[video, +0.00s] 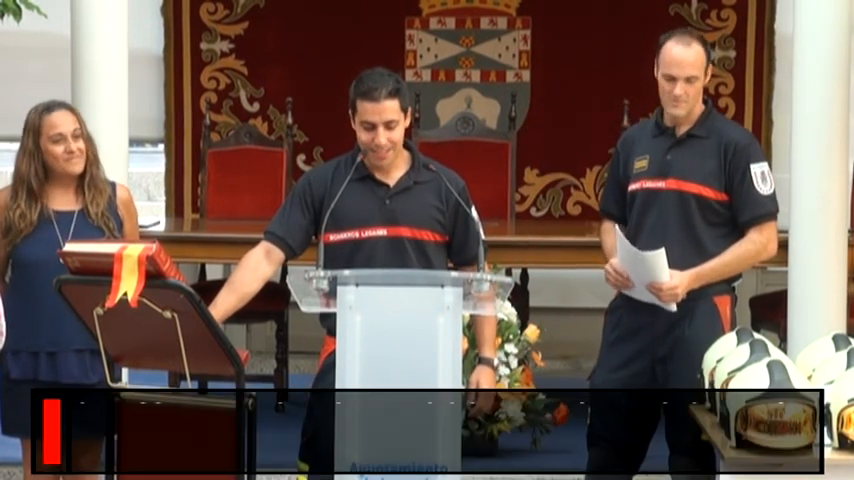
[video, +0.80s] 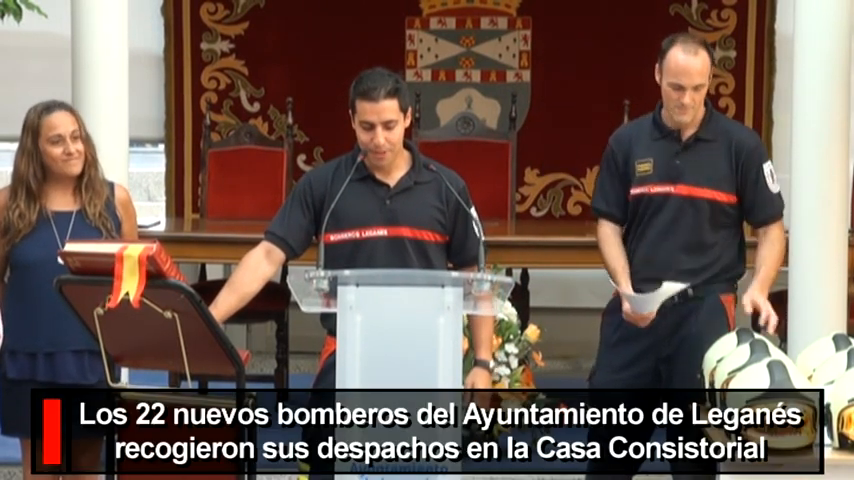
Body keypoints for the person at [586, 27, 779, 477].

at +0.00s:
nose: (679, 91)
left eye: (690, 80)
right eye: (670, 79)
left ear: (706, 79)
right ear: (656, 76)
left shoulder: (737, 145)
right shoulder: (632, 141)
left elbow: (764, 242)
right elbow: (611, 218)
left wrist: (691, 280)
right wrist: (615, 259)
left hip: (699, 335)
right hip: (630, 330)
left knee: (693, 467)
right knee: (607, 465)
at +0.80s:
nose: (687, 99)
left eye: (696, 88)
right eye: (677, 87)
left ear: (709, 83)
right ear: (659, 80)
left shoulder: (741, 145)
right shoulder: (627, 142)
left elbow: (772, 229)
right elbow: (608, 223)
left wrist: (758, 287)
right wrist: (625, 287)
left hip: (706, 315)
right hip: (634, 311)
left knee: (696, 448)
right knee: (609, 442)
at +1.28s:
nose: (666, 124)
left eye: (677, 112)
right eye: (657, 112)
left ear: (700, 103)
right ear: (646, 106)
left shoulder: (737, 153)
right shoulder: (622, 163)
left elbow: (758, 242)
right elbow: (633, 262)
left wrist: (768, 320)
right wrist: (669, 338)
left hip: (704, 309)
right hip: (633, 306)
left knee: (693, 436)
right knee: (603, 423)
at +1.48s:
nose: (647, 127)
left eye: (659, 115)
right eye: (639, 115)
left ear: (686, 106)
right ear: (630, 110)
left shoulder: (728, 152)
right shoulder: (613, 167)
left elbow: (755, 238)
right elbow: (622, 264)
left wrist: (752, 310)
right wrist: (660, 337)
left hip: (704, 313)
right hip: (630, 310)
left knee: (694, 444)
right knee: (603, 432)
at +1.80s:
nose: (637, 121)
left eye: (647, 108)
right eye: (628, 110)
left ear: (671, 96)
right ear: (618, 103)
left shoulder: (719, 147)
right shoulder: (600, 159)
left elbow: (763, 217)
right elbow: (586, 238)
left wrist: (718, 259)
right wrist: (606, 309)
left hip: (698, 314)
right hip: (625, 313)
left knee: (691, 445)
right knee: (600, 441)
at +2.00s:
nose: (623, 106)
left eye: (632, 94)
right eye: (616, 94)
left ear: (664, 86)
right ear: (610, 90)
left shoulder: (711, 146)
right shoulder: (597, 149)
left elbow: (748, 228)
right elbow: (585, 227)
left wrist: (686, 261)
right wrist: (579, 280)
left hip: (682, 321)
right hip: (610, 322)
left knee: (685, 454)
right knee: (583, 451)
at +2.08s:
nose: (612, 98)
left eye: (622, 86)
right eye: (608, 87)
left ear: (657, 82)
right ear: (605, 86)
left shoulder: (705, 145)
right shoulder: (597, 144)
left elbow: (741, 232)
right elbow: (582, 225)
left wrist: (671, 265)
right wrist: (570, 274)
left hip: (673, 324)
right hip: (603, 322)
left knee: (679, 460)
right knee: (572, 457)